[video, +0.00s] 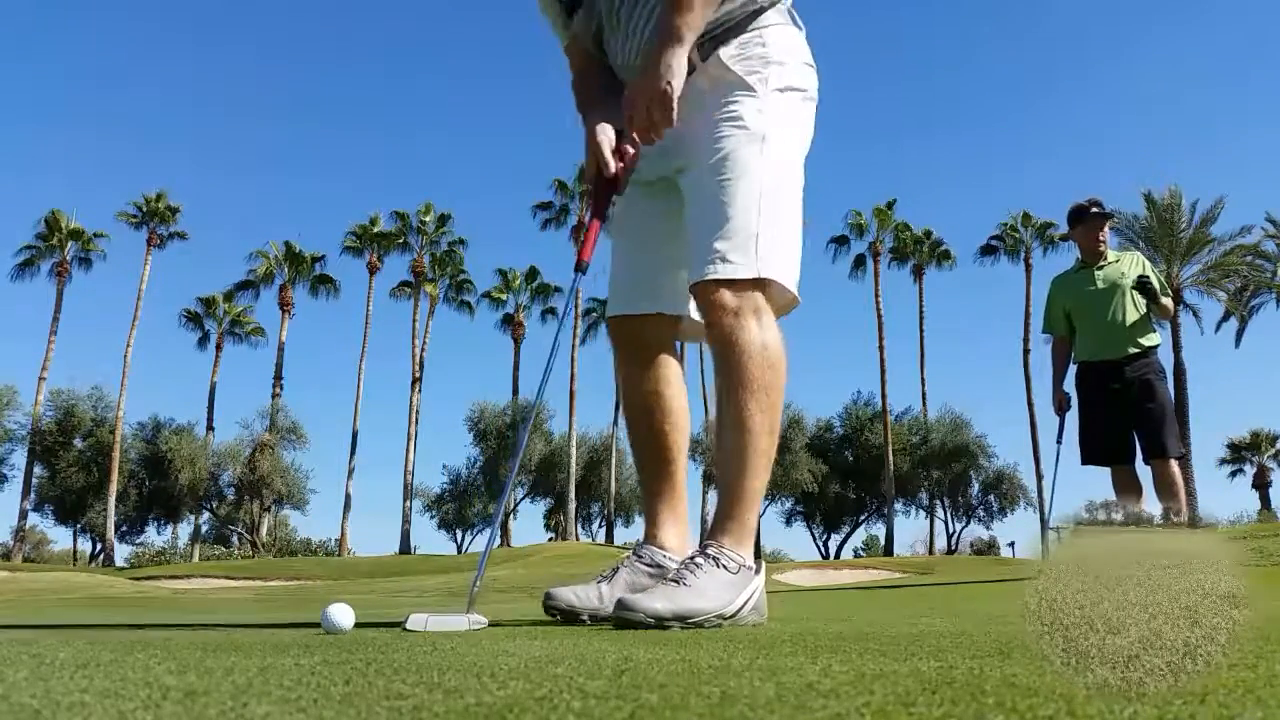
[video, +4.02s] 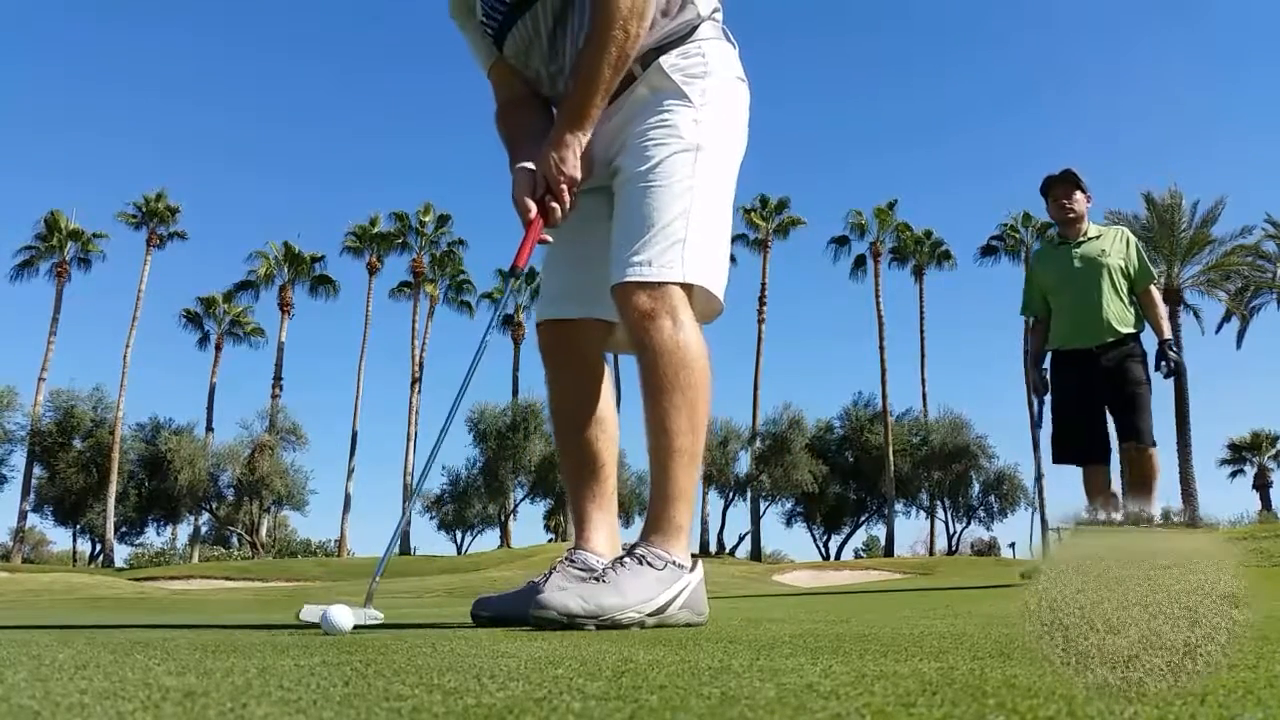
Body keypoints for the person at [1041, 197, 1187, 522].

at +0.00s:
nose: (1100, 233)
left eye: (1103, 226)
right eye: (1091, 228)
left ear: (1109, 229)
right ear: (1073, 234)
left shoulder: (1135, 262)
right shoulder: (1063, 285)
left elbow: (1168, 312)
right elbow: (1061, 340)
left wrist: (1154, 297)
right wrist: (1057, 386)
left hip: (1142, 369)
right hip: (1096, 376)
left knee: (1163, 454)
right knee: (1119, 462)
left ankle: (1178, 531)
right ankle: (1135, 535)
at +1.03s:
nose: (1085, 232)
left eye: (1090, 226)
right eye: (1077, 229)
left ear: (1102, 230)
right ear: (1067, 238)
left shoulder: (1132, 266)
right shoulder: (1060, 286)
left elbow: (1159, 307)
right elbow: (1057, 342)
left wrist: (1164, 330)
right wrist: (1055, 389)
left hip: (1138, 372)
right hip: (1093, 379)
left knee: (1159, 455)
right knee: (1117, 462)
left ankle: (1177, 528)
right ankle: (1134, 533)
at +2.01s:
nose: (1084, 232)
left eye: (1089, 226)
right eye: (1076, 229)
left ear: (1103, 229)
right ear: (1068, 238)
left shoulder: (1134, 265)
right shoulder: (1062, 285)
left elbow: (1159, 312)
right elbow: (1060, 340)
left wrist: (1176, 355)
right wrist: (1058, 387)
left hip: (1140, 372)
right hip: (1095, 379)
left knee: (1160, 454)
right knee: (1118, 462)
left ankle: (1178, 529)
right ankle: (1135, 534)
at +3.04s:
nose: (1089, 222)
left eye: (1095, 215)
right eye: (1082, 218)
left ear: (1109, 219)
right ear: (1074, 227)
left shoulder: (1140, 258)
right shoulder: (1066, 275)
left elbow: (1165, 309)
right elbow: (1061, 332)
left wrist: (1183, 355)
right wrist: (1057, 381)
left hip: (1136, 365)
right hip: (1090, 371)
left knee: (1139, 454)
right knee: (1112, 460)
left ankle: (1150, 528)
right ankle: (1128, 530)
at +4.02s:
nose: (1064, 203)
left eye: (1070, 196)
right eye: (1056, 200)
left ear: (1086, 199)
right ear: (1048, 209)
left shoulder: (1120, 239)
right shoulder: (1041, 258)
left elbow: (1149, 293)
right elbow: (1038, 320)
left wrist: (1167, 341)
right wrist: (1033, 367)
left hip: (1123, 354)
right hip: (1071, 362)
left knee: (1138, 442)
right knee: (1090, 451)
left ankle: (1143, 522)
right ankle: (1103, 528)